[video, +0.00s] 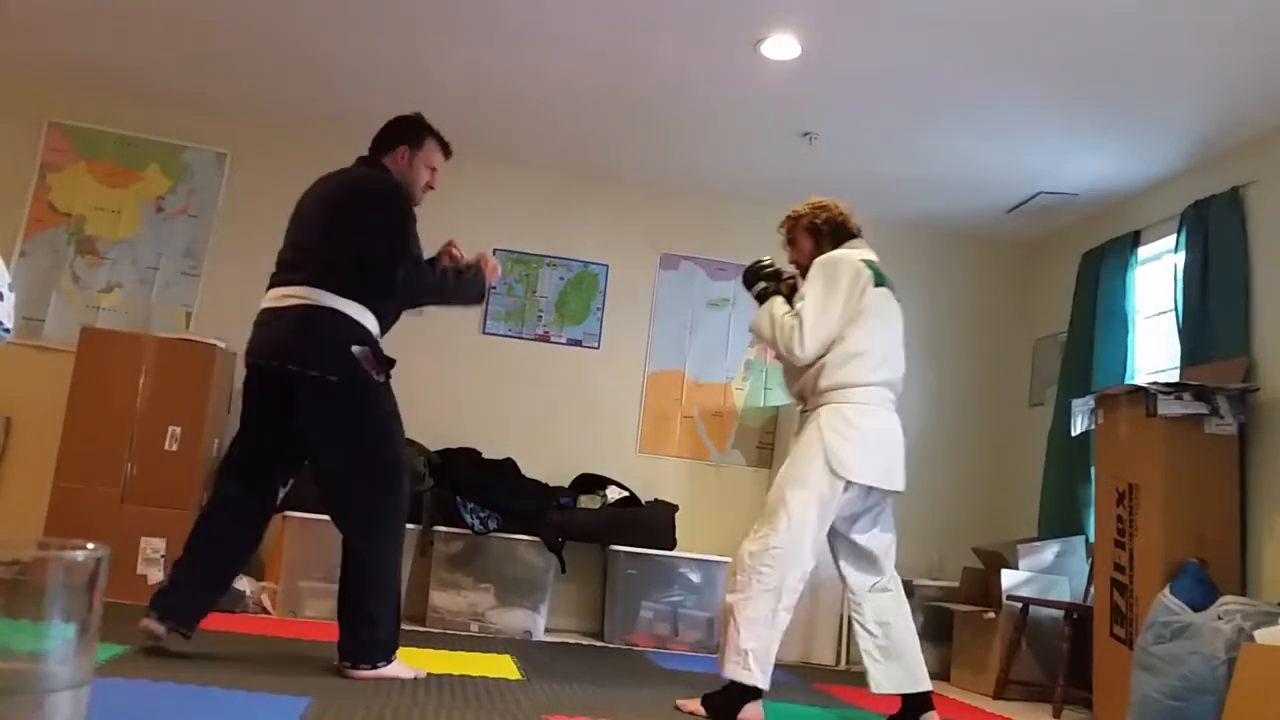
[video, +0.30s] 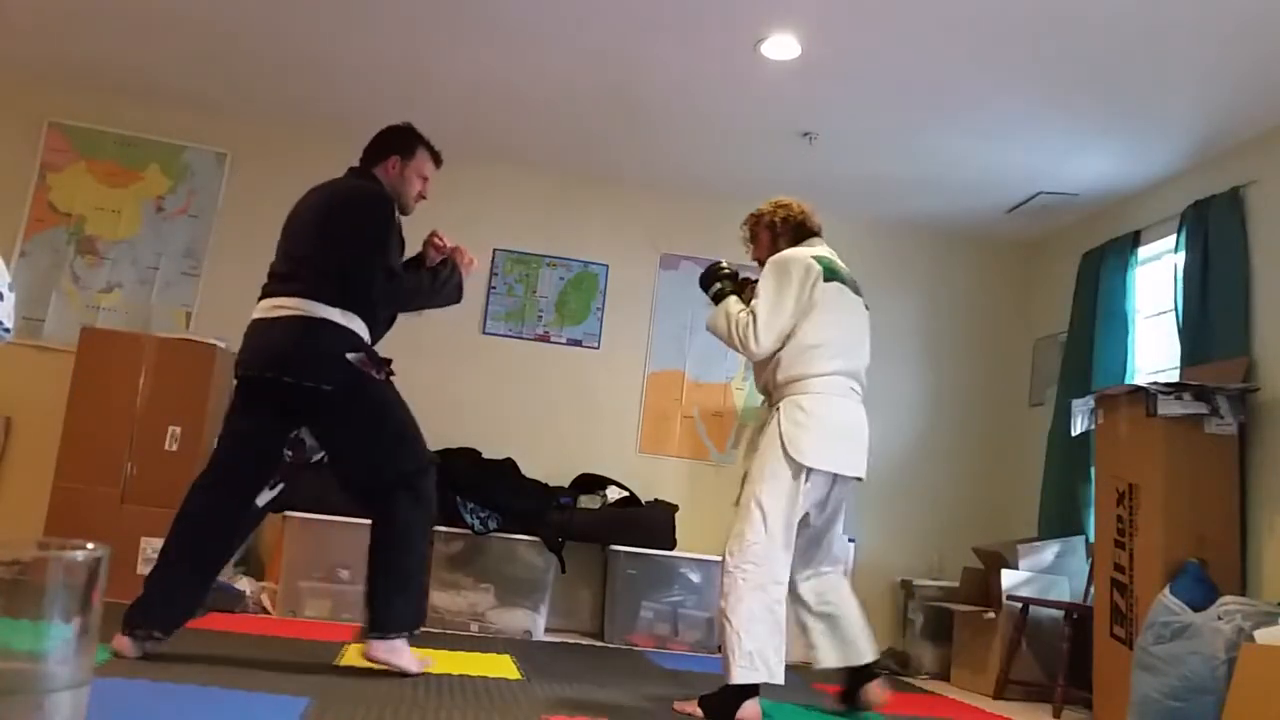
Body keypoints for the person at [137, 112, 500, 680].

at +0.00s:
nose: (432, 184)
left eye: (438, 173)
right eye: (431, 169)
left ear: (385, 155)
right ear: (401, 155)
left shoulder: (323, 188)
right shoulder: (388, 195)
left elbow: (361, 280)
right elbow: (404, 282)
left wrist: (430, 267)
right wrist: (475, 279)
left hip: (272, 344)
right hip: (337, 355)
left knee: (248, 487)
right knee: (377, 505)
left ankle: (170, 616)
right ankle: (368, 654)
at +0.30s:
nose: (426, 194)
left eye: (429, 184)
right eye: (424, 179)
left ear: (377, 165)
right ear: (392, 165)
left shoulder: (316, 199)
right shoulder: (376, 202)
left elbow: (349, 292)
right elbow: (380, 292)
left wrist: (418, 264)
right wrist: (448, 277)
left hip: (264, 349)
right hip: (328, 354)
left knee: (228, 486)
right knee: (408, 481)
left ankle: (143, 626)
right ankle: (389, 634)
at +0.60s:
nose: (446, 195)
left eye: (449, 185)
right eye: (444, 181)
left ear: (402, 165)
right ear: (416, 166)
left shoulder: (338, 197)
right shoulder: (402, 204)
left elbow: (374, 283)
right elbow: (420, 286)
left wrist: (443, 258)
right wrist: (479, 268)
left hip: (282, 351)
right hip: (349, 360)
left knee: (234, 484)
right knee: (397, 498)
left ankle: (141, 617)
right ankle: (389, 654)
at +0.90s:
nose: (424, 201)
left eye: (427, 193)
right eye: (421, 190)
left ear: (371, 183)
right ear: (392, 180)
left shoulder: (315, 214)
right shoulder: (399, 219)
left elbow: (315, 297)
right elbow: (461, 270)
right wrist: (496, 226)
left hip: (251, 362)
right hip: (324, 372)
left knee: (191, 493)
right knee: (377, 511)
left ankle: (122, 613)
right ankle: (395, 652)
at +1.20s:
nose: (346, 187)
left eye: (349, 176)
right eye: (343, 173)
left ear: (289, 165)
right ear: (312, 164)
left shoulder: (235, 204)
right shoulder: (307, 210)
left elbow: (256, 280)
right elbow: (318, 291)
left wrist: (331, 253)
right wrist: (360, 274)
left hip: (193, 361)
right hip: (266, 369)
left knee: (131, 490)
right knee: (329, 505)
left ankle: (29, 599)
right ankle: (369, 642)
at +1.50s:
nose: (331, 179)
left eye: (335, 169)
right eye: (327, 164)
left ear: (286, 154)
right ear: (291, 152)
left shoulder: (227, 190)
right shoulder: (270, 193)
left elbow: (268, 298)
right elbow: (273, 289)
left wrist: (326, 249)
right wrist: (341, 274)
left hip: (164, 339)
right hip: (221, 348)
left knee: (117, 481)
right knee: (276, 489)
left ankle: (20, 597)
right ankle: (238, 634)